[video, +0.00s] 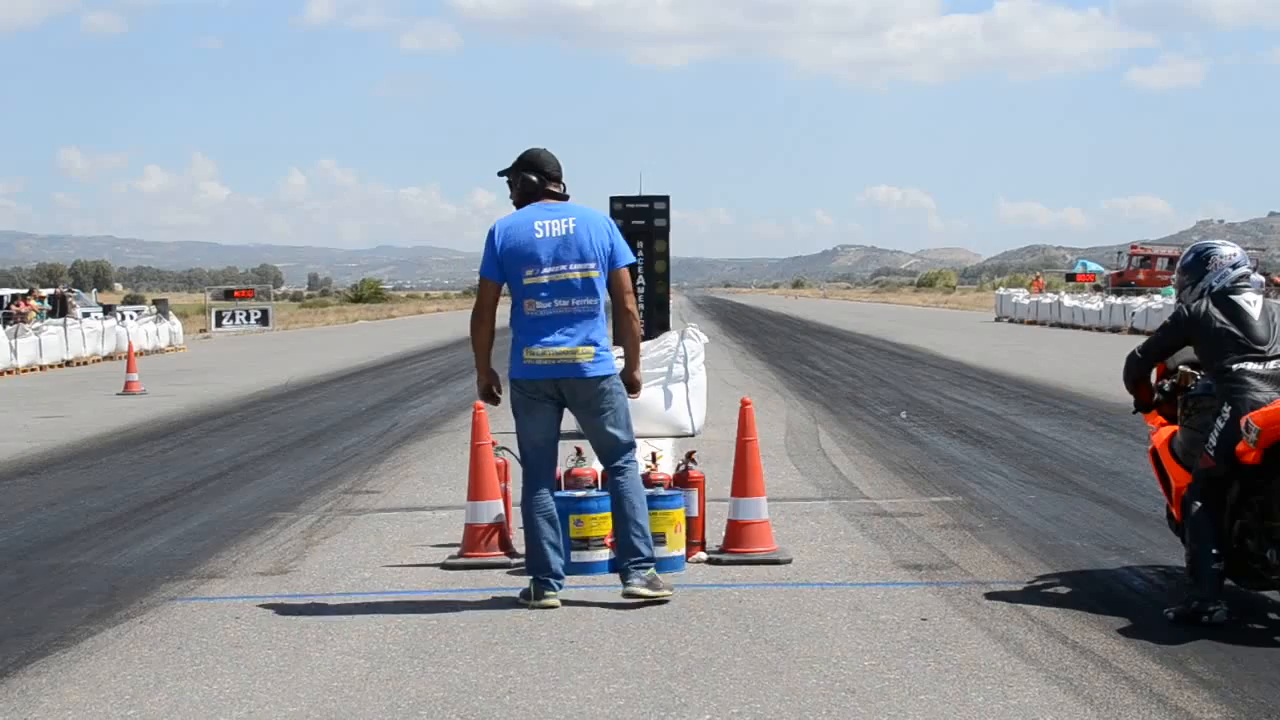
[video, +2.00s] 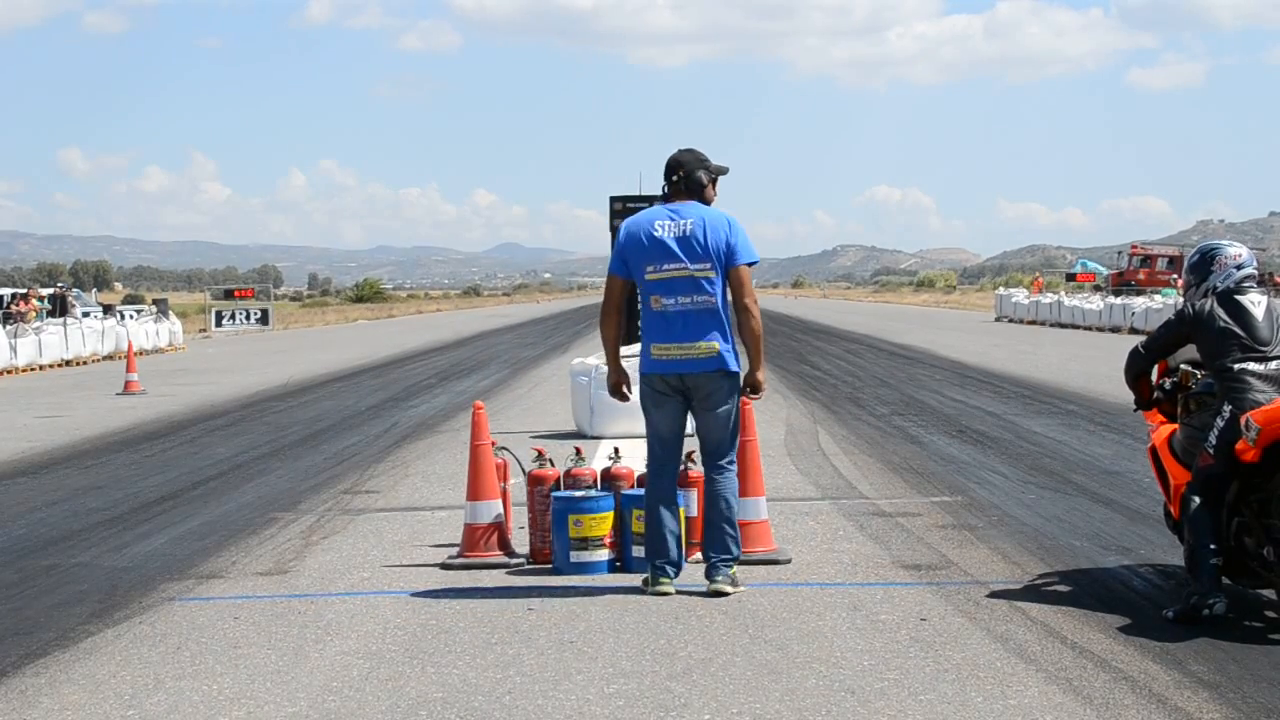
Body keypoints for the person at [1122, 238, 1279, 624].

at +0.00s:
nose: (1182, 289)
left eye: (1184, 281)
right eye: (1182, 282)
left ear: (1198, 276)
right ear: (1240, 267)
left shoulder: (1197, 310)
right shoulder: (1269, 302)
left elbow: (1138, 361)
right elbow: (1255, 351)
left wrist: (1146, 398)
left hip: (1244, 404)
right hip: (1279, 398)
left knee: (1200, 496)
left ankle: (1207, 598)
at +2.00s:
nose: (1186, 287)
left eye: (1190, 280)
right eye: (1187, 280)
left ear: (1205, 276)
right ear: (1244, 268)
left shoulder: (1200, 309)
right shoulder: (1271, 301)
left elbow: (1139, 357)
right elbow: (1258, 353)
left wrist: (1148, 398)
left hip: (1243, 405)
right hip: (1279, 399)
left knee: (1198, 494)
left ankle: (1206, 593)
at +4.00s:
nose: (1188, 283)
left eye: (1191, 276)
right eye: (1189, 277)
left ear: (1201, 274)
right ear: (1241, 273)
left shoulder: (1192, 309)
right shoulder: (1268, 308)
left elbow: (1131, 350)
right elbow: (1259, 353)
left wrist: (1132, 386)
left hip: (1230, 402)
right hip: (1273, 397)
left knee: (1170, 484)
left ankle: (1187, 556)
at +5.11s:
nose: (1163, 284)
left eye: (1165, 278)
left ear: (1171, 276)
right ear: (1212, 275)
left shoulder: (1160, 311)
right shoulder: (1235, 302)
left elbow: (1103, 356)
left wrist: (1115, 386)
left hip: (1195, 402)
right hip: (1244, 397)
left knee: (1145, 476)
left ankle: (1163, 547)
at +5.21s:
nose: (1160, 289)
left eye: (1160, 282)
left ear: (1166, 282)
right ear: (1198, 280)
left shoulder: (1157, 314)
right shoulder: (1222, 312)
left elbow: (1104, 353)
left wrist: (1116, 386)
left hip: (1169, 425)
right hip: (1223, 419)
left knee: (1144, 482)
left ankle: (1155, 559)